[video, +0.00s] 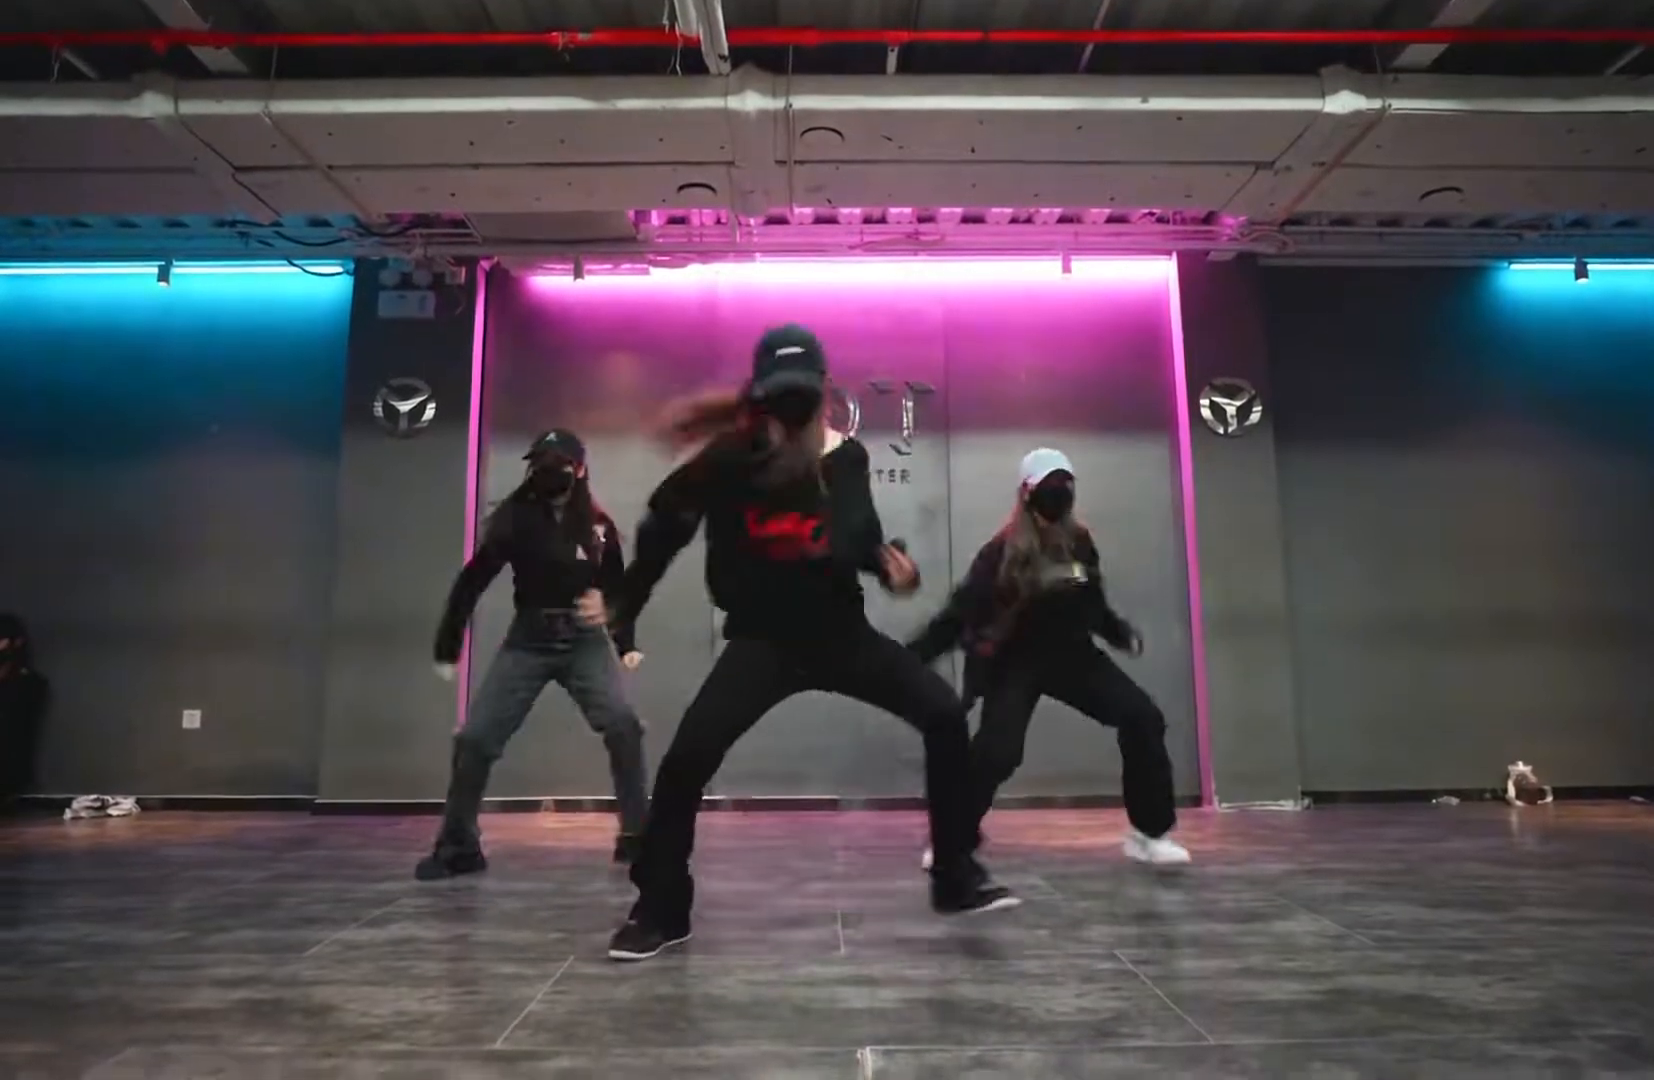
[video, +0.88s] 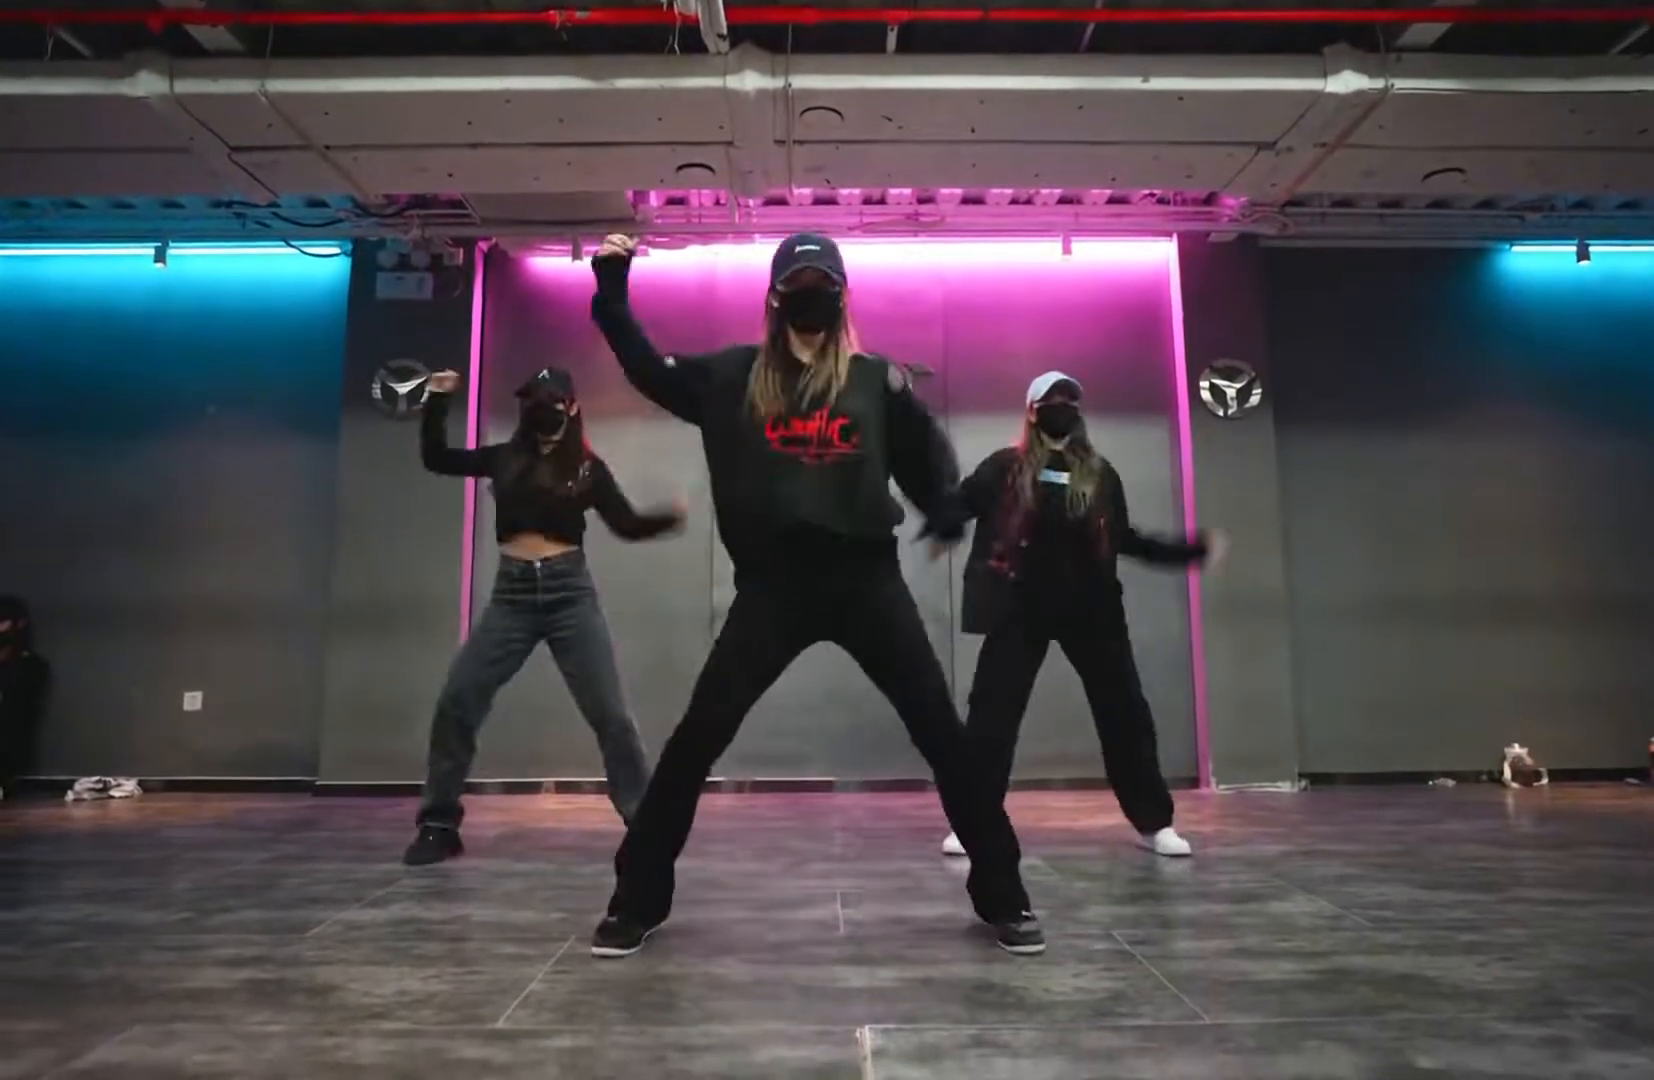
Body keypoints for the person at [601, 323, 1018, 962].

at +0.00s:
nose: (789, 413)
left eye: (801, 398)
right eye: (776, 399)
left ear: (823, 393)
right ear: (756, 398)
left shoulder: (842, 459)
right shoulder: (724, 463)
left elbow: (863, 541)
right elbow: (662, 531)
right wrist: (623, 611)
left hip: (842, 638)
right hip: (760, 644)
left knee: (944, 713)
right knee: (686, 759)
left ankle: (956, 875)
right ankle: (661, 912)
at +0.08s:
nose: (816, 395)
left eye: (827, 381)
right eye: (803, 383)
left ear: (845, 380)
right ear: (782, 386)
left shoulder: (852, 456)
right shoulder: (751, 460)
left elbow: (845, 554)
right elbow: (691, 548)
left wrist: (883, 599)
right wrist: (654, 635)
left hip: (841, 640)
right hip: (762, 646)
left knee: (943, 730)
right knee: (683, 764)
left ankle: (987, 909)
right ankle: (659, 909)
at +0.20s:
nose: (830, 369)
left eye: (842, 356)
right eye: (817, 357)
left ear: (858, 360)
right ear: (795, 362)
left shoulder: (864, 437)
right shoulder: (773, 433)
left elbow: (865, 541)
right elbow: (779, 532)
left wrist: (835, 627)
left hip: (859, 632)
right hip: (777, 635)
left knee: (967, 744)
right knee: (693, 765)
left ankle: (993, 913)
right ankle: (660, 898)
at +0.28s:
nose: (828, 352)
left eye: (840, 339)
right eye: (815, 341)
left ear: (858, 344)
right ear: (795, 348)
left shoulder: (886, 426)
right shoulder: (773, 421)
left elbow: (894, 521)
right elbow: (756, 505)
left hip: (871, 634)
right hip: (784, 634)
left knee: (968, 744)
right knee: (689, 750)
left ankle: (993, 910)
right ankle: (660, 882)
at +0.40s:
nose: (823, 324)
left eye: (835, 313)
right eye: (809, 313)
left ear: (854, 327)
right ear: (787, 328)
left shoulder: (889, 423)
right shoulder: (754, 413)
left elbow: (922, 526)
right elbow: (683, 467)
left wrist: (912, 604)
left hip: (874, 621)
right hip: (781, 627)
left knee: (979, 727)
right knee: (709, 754)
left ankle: (1009, 903)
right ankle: (698, 910)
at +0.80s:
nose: (811, 303)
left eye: (824, 292)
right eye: (799, 292)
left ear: (843, 300)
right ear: (779, 300)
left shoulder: (880, 387)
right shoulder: (738, 385)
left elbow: (937, 482)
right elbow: (652, 384)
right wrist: (611, 312)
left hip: (868, 589)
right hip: (773, 591)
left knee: (942, 737)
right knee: (698, 740)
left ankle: (1002, 902)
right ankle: (634, 906)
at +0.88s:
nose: (810, 302)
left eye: (822, 289)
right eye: (798, 290)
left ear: (841, 295)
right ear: (776, 295)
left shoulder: (880, 383)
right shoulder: (730, 377)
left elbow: (935, 485)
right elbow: (649, 371)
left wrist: (953, 511)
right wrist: (612, 285)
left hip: (868, 588)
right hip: (771, 590)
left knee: (942, 732)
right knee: (698, 738)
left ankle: (1004, 899)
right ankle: (634, 904)